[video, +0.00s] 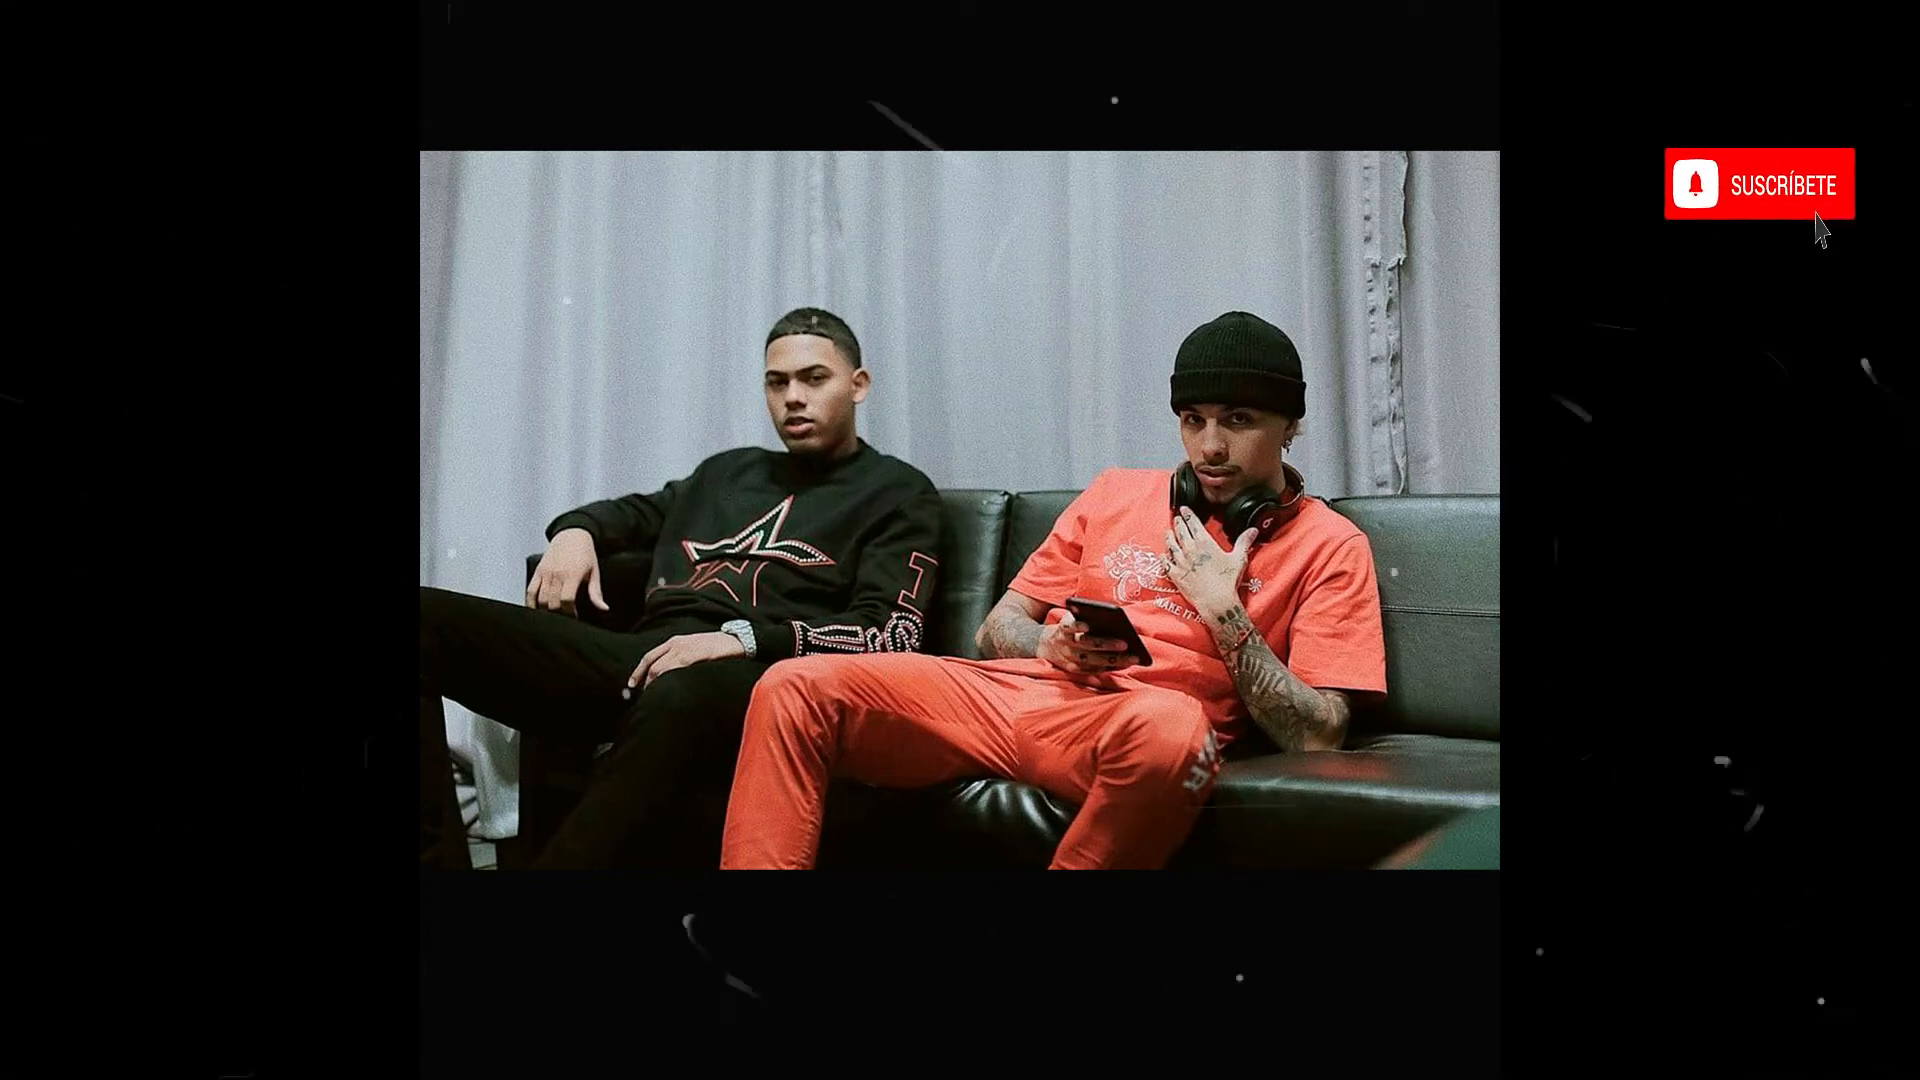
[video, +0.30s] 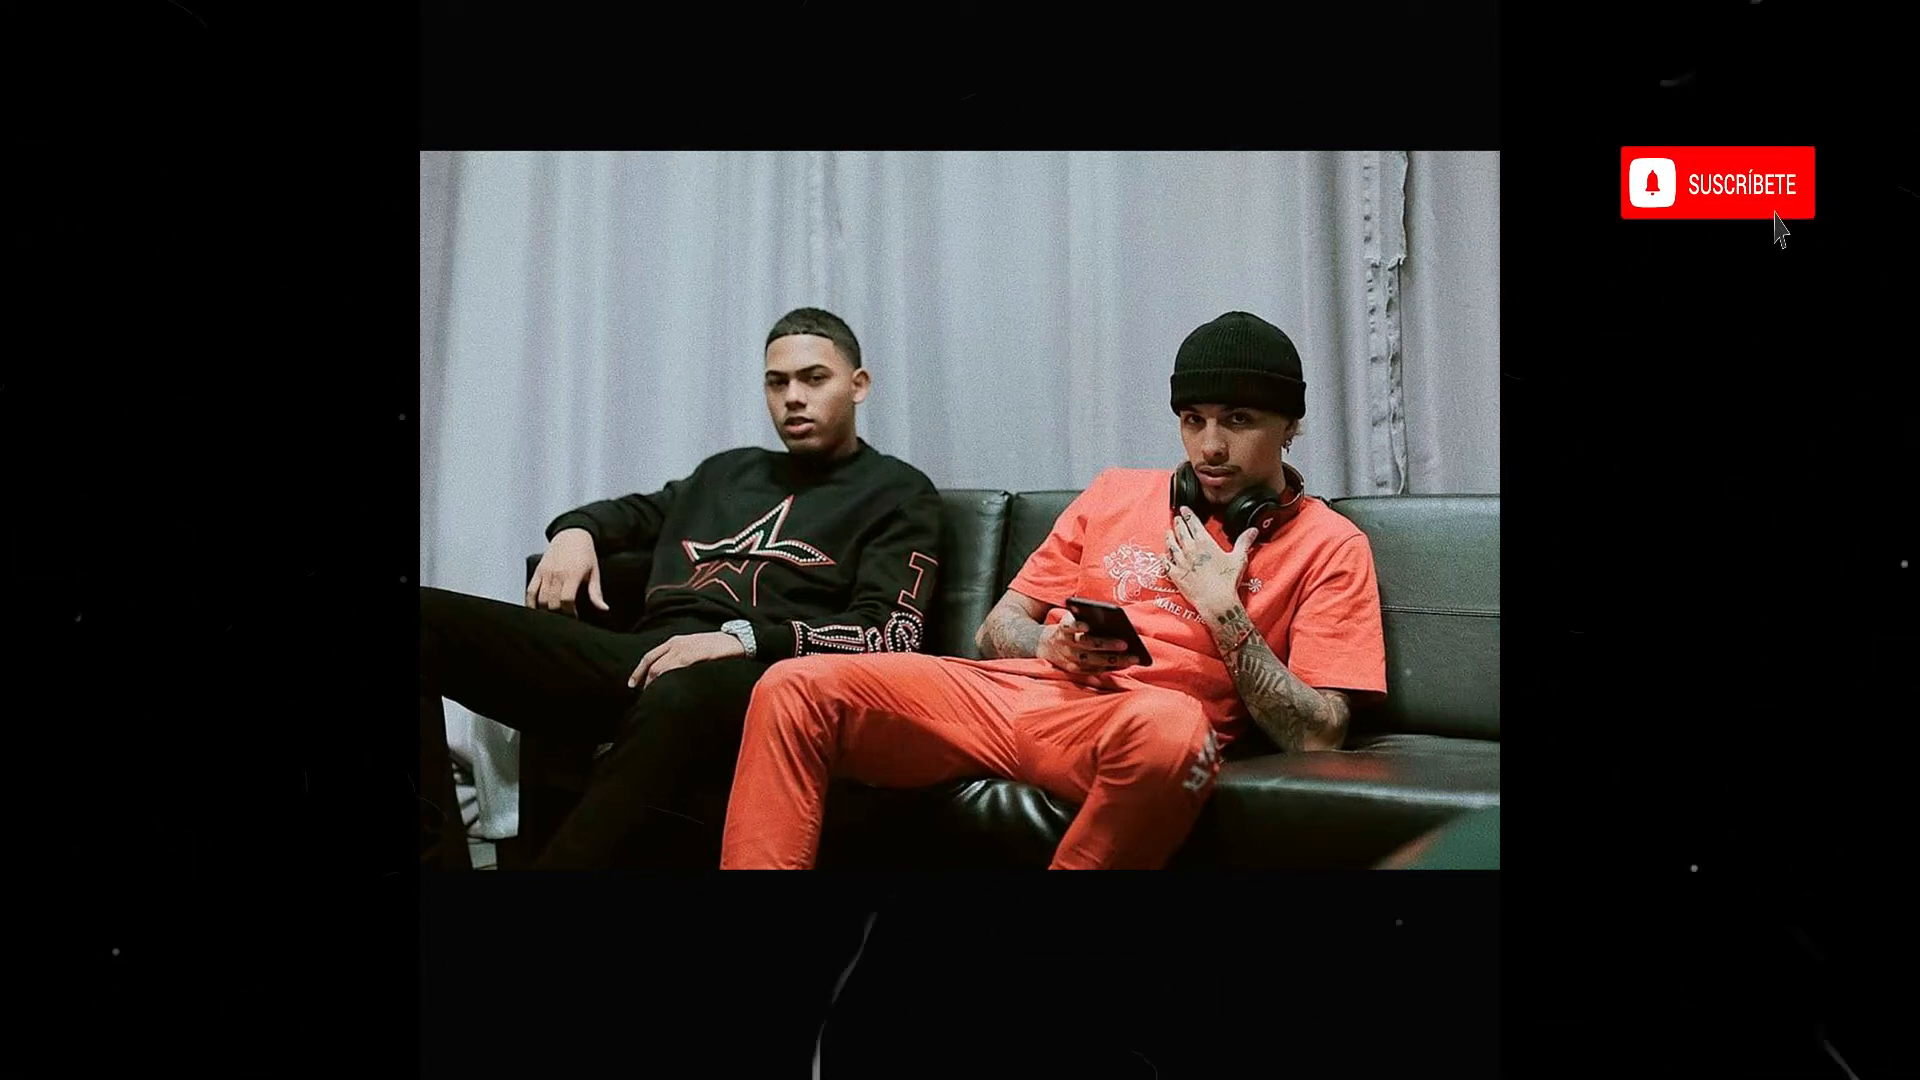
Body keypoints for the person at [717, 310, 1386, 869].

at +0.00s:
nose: (1210, 445)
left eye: (1238, 421)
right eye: (1195, 420)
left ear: (1288, 428)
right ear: (1178, 422)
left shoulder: (1328, 546)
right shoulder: (1117, 493)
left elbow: (1318, 736)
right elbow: (999, 626)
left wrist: (1227, 615)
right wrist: (1052, 646)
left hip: (1132, 707)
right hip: (1014, 685)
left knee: (1170, 745)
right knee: (792, 693)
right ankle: (750, 949)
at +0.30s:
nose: (1210, 445)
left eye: (1238, 421)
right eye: (1195, 419)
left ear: (1288, 428)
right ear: (1178, 422)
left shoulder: (1328, 546)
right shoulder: (1117, 493)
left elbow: (1317, 735)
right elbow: (999, 626)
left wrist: (1227, 615)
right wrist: (1052, 646)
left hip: (1132, 708)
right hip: (1014, 685)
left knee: (1170, 745)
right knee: (791, 694)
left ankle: (1046, 951)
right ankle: (756, 957)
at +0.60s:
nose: (1210, 445)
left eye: (1238, 422)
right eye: (1195, 419)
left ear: (1288, 429)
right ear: (1178, 422)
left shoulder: (1328, 546)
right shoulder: (1117, 493)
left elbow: (1317, 735)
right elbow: (999, 626)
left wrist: (1227, 615)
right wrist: (1052, 647)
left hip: (1132, 708)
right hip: (1015, 685)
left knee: (1170, 745)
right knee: (791, 694)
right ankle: (748, 948)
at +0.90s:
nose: (1211, 445)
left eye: (1238, 421)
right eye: (1196, 419)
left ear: (1289, 428)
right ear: (1178, 422)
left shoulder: (1328, 545)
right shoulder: (1118, 492)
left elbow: (1318, 736)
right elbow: (1000, 626)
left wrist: (1227, 615)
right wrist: (1050, 646)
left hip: (1132, 708)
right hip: (1013, 685)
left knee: (1169, 747)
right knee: (791, 694)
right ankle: (748, 939)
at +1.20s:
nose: (1210, 446)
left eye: (1238, 421)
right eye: (1195, 419)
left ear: (1289, 428)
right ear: (1178, 422)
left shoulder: (1328, 546)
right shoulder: (1117, 493)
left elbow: (1318, 735)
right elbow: (1000, 626)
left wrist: (1227, 615)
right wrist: (1051, 647)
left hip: (1133, 707)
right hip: (1014, 685)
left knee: (1170, 746)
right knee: (791, 694)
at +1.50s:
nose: (1211, 445)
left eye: (1238, 421)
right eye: (1195, 419)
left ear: (1288, 429)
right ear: (1179, 421)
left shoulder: (1329, 546)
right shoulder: (1117, 493)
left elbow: (1318, 736)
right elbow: (999, 627)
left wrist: (1227, 615)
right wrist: (1052, 646)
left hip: (1132, 707)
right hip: (1013, 685)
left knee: (1170, 746)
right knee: (791, 694)